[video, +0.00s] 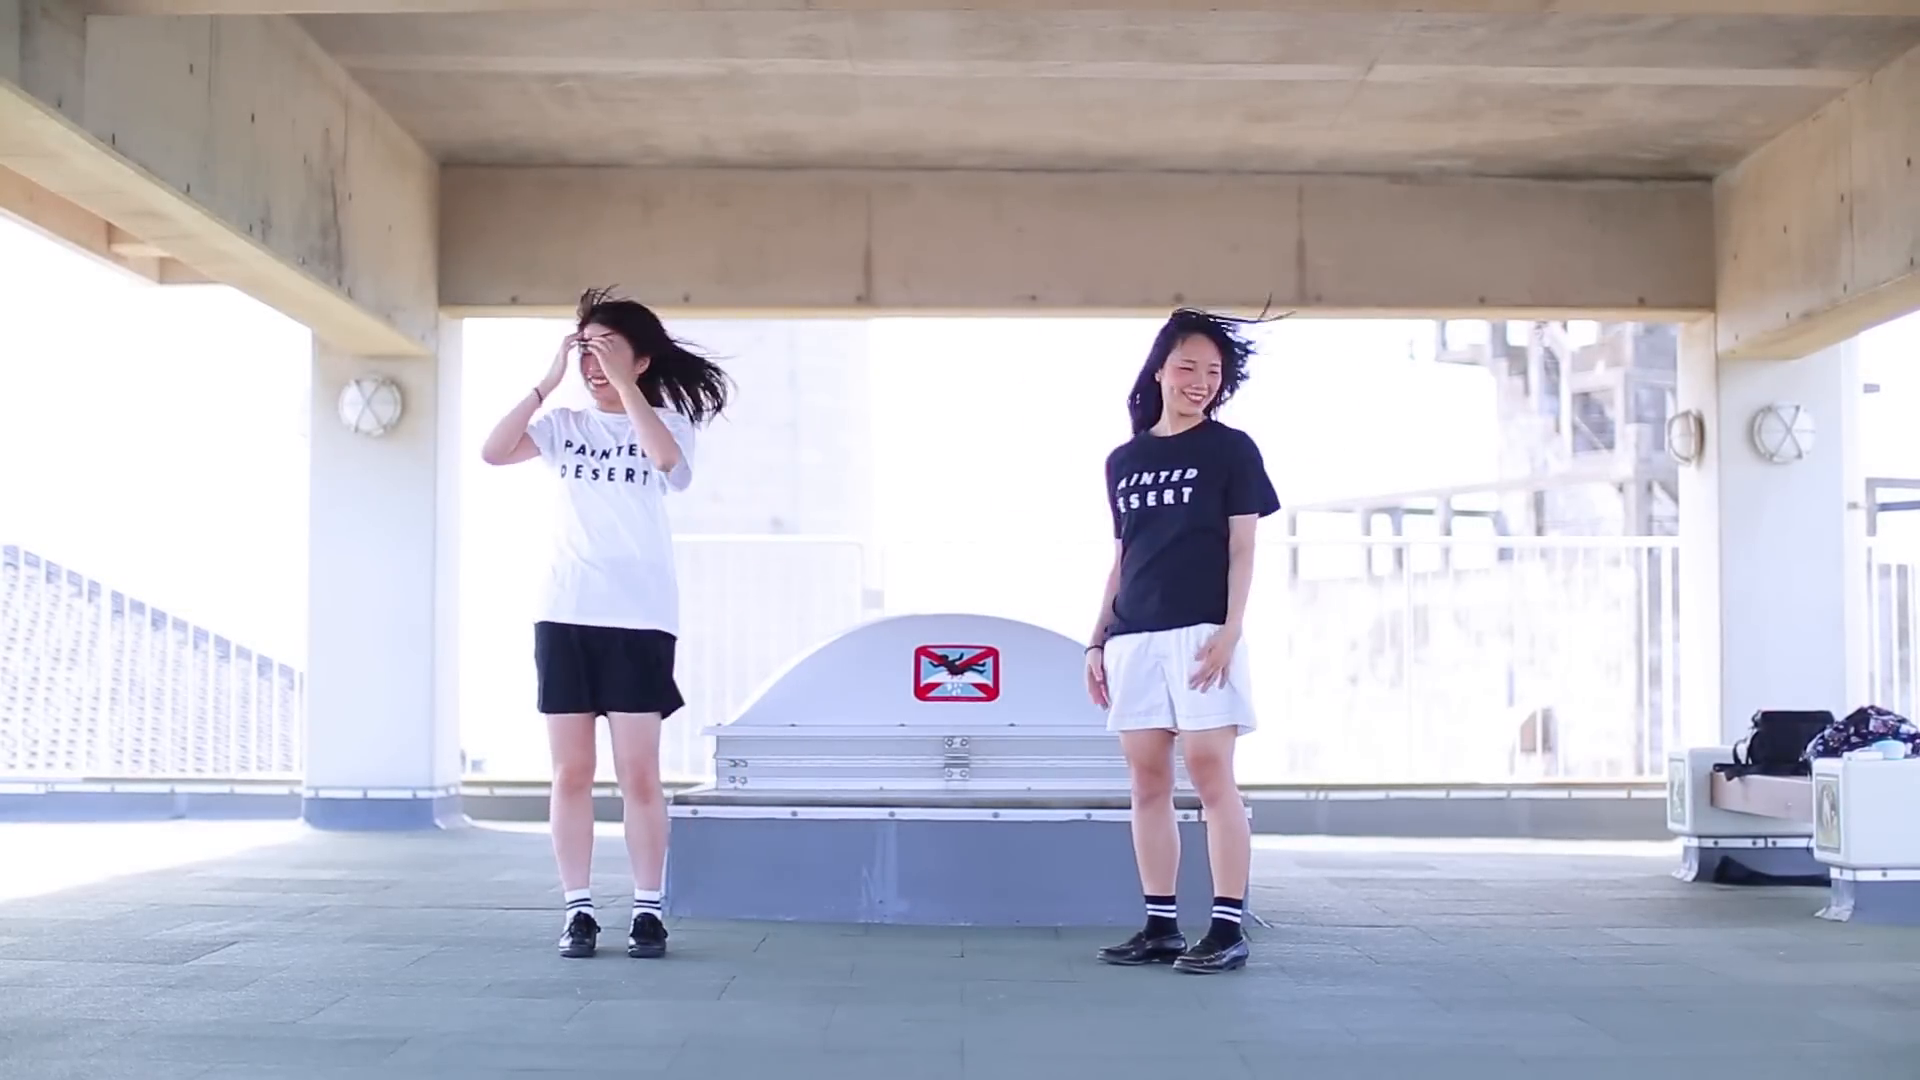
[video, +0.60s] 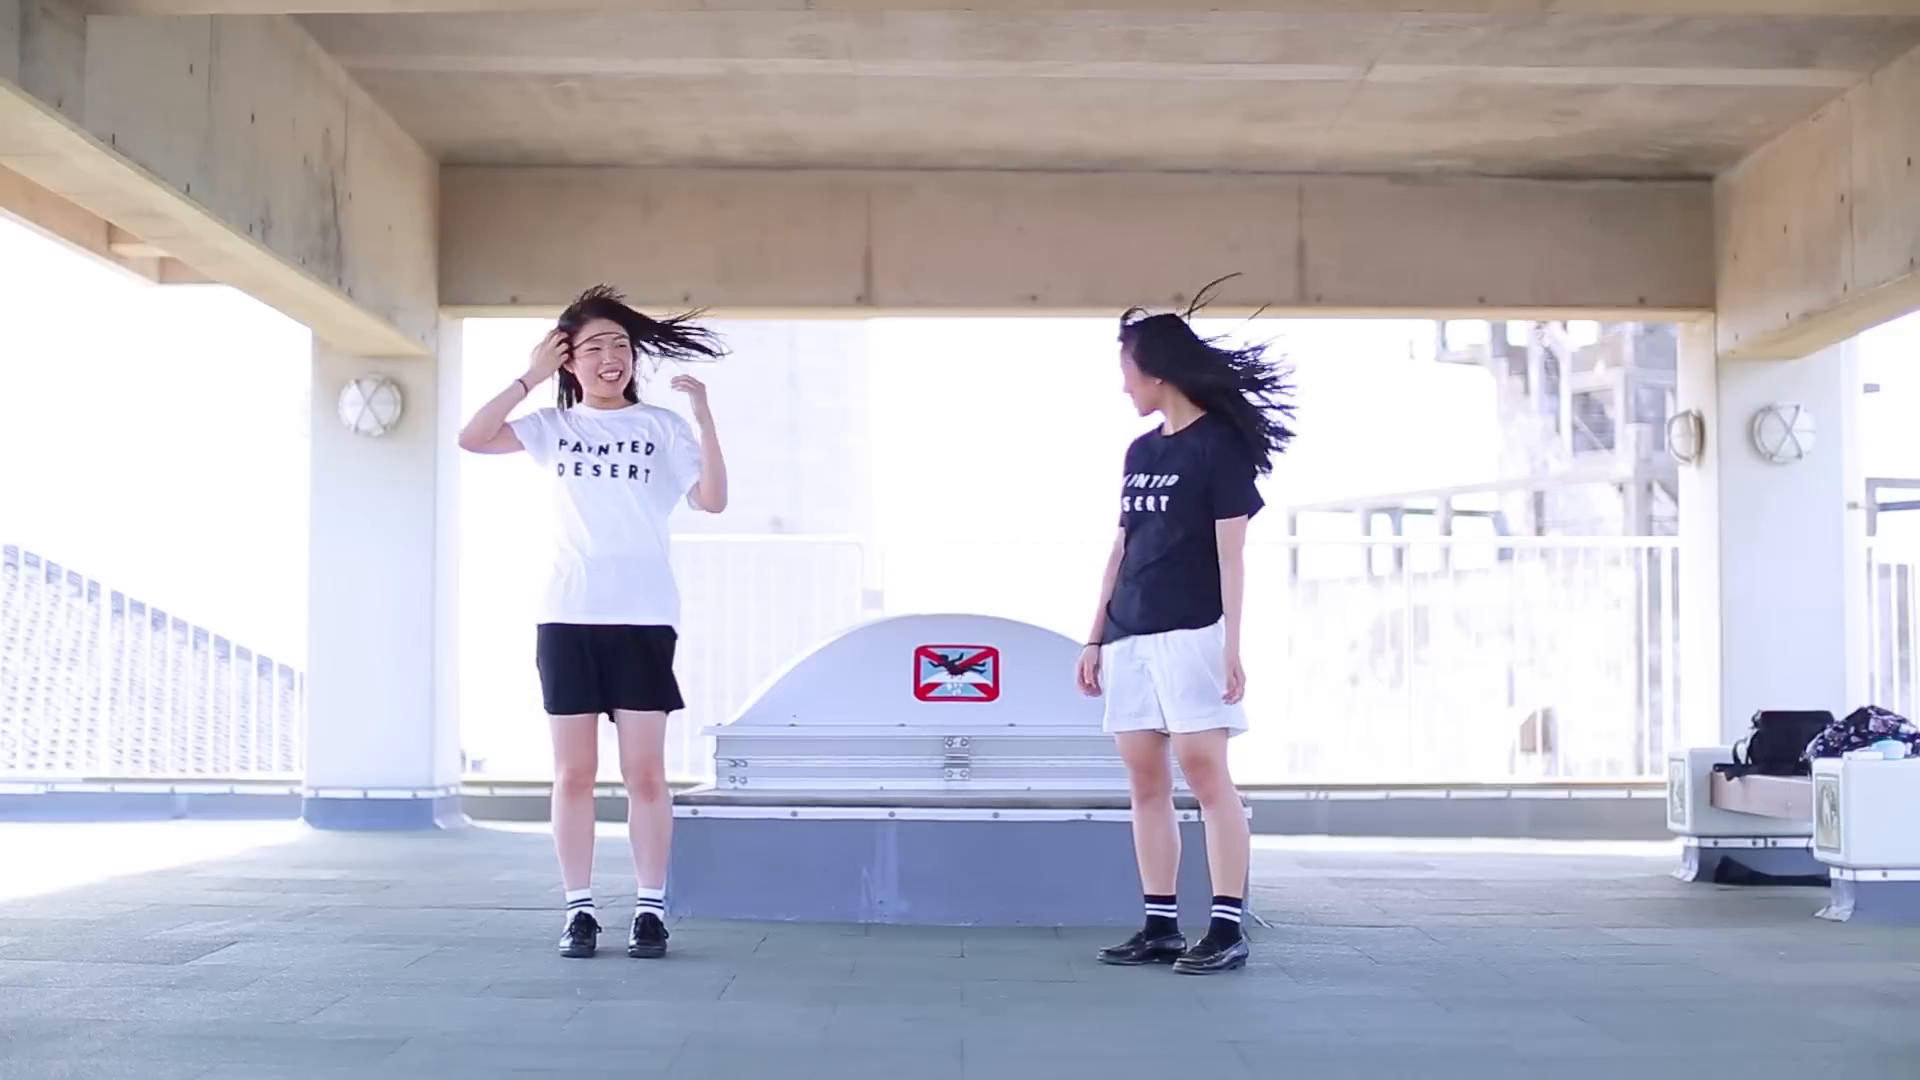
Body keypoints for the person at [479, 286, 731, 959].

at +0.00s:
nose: (593, 363)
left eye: (607, 351)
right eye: (584, 351)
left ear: (644, 359)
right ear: (577, 361)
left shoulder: (667, 420)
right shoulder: (564, 423)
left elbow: (667, 459)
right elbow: (495, 451)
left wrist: (625, 381)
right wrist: (546, 383)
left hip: (641, 620)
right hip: (566, 617)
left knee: (638, 776)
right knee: (572, 774)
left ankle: (647, 908)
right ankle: (577, 910)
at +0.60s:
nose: (610, 355)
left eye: (619, 343)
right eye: (594, 345)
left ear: (635, 355)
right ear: (570, 362)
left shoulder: (663, 425)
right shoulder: (554, 423)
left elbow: (712, 498)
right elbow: (474, 438)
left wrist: (704, 418)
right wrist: (530, 375)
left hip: (645, 617)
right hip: (568, 617)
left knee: (645, 776)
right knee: (574, 775)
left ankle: (651, 907)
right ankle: (579, 910)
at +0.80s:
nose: (614, 349)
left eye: (623, 339)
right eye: (598, 339)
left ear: (633, 352)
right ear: (568, 353)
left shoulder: (655, 427)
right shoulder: (547, 417)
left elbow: (689, 516)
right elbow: (485, 457)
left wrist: (721, 485)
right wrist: (500, 392)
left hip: (641, 619)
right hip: (565, 618)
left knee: (642, 772)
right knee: (573, 773)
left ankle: (649, 906)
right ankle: (579, 909)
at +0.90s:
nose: (618, 351)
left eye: (624, 340)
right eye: (601, 339)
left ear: (631, 354)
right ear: (568, 354)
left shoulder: (648, 431)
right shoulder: (542, 426)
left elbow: (673, 516)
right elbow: (504, 500)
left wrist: (710, 534)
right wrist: (501, 428)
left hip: (635, 623)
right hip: (560, 622)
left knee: (641, 772)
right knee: (569, 774)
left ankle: (648, 905)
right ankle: (579, 909)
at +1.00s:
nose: (619, 350)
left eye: (624, 341)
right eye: (603, 340)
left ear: (630, 355)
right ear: (569, 354)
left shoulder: (645, 433)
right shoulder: (542, 432)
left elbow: (662, 524)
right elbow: (527, 535)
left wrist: (689, 597)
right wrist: (526, 493)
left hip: (631, 622)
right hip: (558, 621)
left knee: (647, 771)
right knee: (567, 773)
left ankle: (636, 907)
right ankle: (578, 910)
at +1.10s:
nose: (620, 352)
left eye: (625, 342)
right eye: (605, 341)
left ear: (631, 356)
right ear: (573, 354)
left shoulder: (643, 437)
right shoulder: (542, 430)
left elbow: (652, 536)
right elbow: (523, 523)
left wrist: (653, 626)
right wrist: (538, 568)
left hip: (625, 626)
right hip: (559, 622)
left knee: (648, 766)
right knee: (567, 772)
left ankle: (619, 892)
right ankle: (577, 905)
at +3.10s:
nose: (625, 367)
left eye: (637, 367)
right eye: (619, 351)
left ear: (636, 384)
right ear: (588, 348)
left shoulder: (631, 446)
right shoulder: (523, 416)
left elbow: (632, 544)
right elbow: (487, 515)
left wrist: (628, 631)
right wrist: (491, 605)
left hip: (602, 629)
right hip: (532, 622)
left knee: (596, 773)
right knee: (535, 772)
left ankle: (594, 906)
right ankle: (541, 911)